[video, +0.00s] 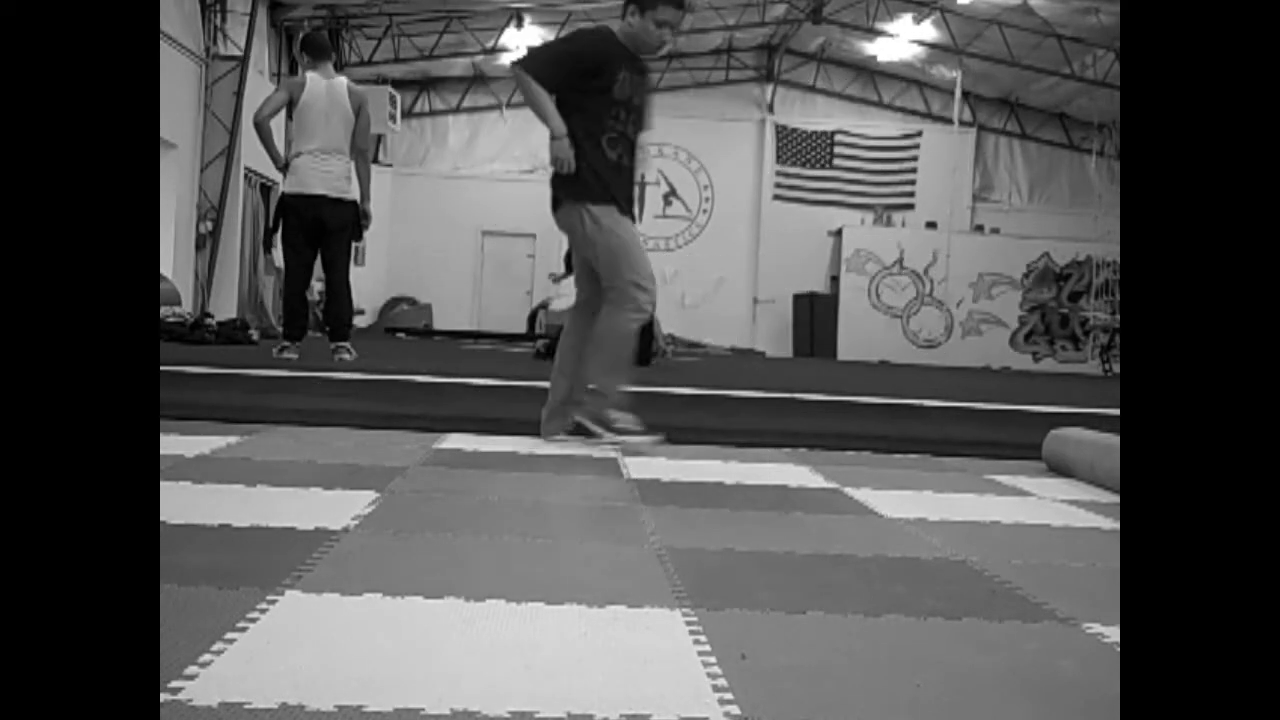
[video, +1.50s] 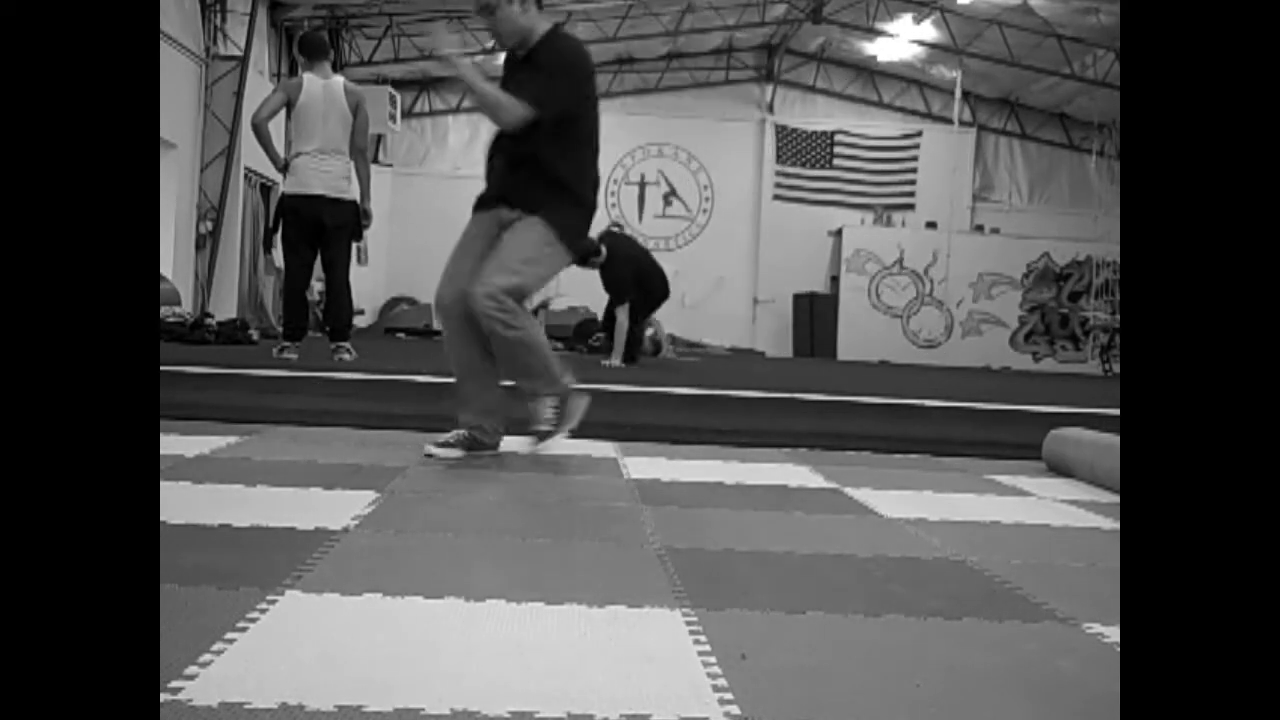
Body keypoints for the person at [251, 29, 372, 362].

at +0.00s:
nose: (299, 63)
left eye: (299, 58)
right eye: (301, 58)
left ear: (304, 57)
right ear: (332, 56)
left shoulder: (294, 85)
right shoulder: (356, 94)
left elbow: (260, 119)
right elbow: (362, 153)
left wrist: (278, 162)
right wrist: (365, 202)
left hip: (298, 194)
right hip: (340, 197)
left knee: (295, 274)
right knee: (338, 276)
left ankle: (290, 343)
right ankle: (341, 345)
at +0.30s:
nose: (300, 63)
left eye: (299, 59)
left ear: (303, 58)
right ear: (332, 56)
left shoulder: (293, 85)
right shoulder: (356, 94)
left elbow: (259, 118)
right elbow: (362, 153)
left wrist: (278, 161)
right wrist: (365, 202)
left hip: (298, 194)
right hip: (340, 197)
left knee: (295, 274)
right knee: (338, 276)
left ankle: (290, 343)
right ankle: (341, 345)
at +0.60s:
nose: (298, 60)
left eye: (298, 56)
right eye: (300, 55)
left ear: (302, 55)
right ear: (331, 54)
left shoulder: (293, 85)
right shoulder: (355, 94)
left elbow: (258, 118)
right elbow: (362, 152)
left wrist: (278, 161)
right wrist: (367, 202)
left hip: (298, 194)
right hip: (341, 197)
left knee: (295, 274)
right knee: (338, 276)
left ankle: (290, 344)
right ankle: (341, 345)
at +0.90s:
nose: (301, 63)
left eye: (300, 58)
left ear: (302, 57)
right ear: (331, 55)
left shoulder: (292, 85)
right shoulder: (355, 94)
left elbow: (259, 119)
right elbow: (361, 153)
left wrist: (278, 162)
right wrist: (365, 202)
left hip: (298, 194)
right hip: (340, 197)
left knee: (296, 274)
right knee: (338, 276)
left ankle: (290, 344)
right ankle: (341, 345)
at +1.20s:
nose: (299, 62)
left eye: (299, 58)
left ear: (302, 57)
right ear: (331, 55)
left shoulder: (292, 86)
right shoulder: (354, 94)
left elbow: (258, 120)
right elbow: (360, 152)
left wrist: (278, 162)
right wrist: (365, 201)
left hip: (298, 194)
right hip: (340, 196)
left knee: (295, 274)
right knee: (338, 276)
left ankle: (290, 344)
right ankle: (341, 345)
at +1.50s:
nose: (301, 64)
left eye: (300, 59)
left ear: (301, 58)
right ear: (330, 55)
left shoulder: (292, 86)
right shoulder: (353, 94)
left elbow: (258, 120)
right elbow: (360, 152)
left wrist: (278, 162)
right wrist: (366, 202)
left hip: (298, 195)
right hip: (340, 198)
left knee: (295, 274)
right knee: (338, 276)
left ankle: (290, 343)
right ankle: (341, 345)